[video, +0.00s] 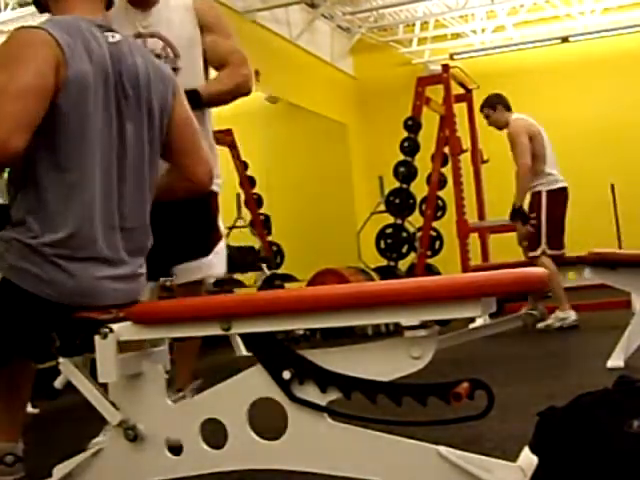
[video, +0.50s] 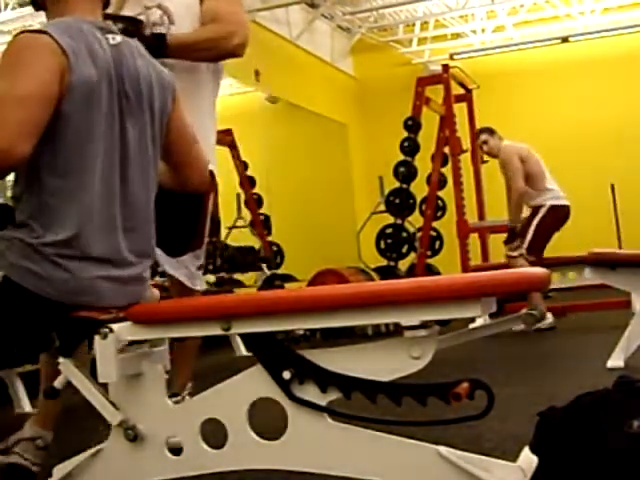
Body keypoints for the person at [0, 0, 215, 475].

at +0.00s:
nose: (37, 9)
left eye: (39, 5)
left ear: (46, 2)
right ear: (107, 3)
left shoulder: (38, 42)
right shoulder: (156, 69)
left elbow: (9, 142)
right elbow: (198, 174)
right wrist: (130, 187)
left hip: (39, 280)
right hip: (123, 285)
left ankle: (8, 450)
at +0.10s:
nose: (40, 9)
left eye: (41, 6)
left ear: (47, 2)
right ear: (108, 4)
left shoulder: (37, 43)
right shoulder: (158, 70)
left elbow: (9, 143)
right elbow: (196, 175)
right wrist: (130, 178)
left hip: (39, 281)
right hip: (122, 286)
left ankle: (9, 451)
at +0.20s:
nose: (43, 10)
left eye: (43, 7)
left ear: (48, 3)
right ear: (109, 5)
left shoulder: (38, 44)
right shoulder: (157, 73)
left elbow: (8, 144)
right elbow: (195, 176)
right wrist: (133, 158)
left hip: (39, 278)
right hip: (122, 284)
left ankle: (10, 446)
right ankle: (9, 443)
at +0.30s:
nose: (45, 12)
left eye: (44, 8)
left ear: (50, 4)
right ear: (106, 6)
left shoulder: (40, 43)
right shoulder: (155, 70)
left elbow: (9, 147)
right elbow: (194, 176)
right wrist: (133, 156)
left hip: (40, 278)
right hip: (122, 284)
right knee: (33, 344)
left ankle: (13, 444)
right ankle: (13, 442)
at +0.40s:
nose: (41, 10)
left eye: (42, 7)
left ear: (47, 3)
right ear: (107, 5)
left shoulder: (41, 45)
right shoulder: (154, 71)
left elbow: (10, 149)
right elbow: (194, 175)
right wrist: (133, 157)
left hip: (40, 278)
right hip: (124, 284)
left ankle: (29, 429)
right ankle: (31, 427)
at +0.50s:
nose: (38, 10)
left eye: (40, 7)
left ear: (45, 3)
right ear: (105, 5)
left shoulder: (41, 46)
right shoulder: (154, 74)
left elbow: (11, 147)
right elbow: (194, 175)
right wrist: (130, 159)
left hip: (40, 283)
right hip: (125, 289)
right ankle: (37, 436)